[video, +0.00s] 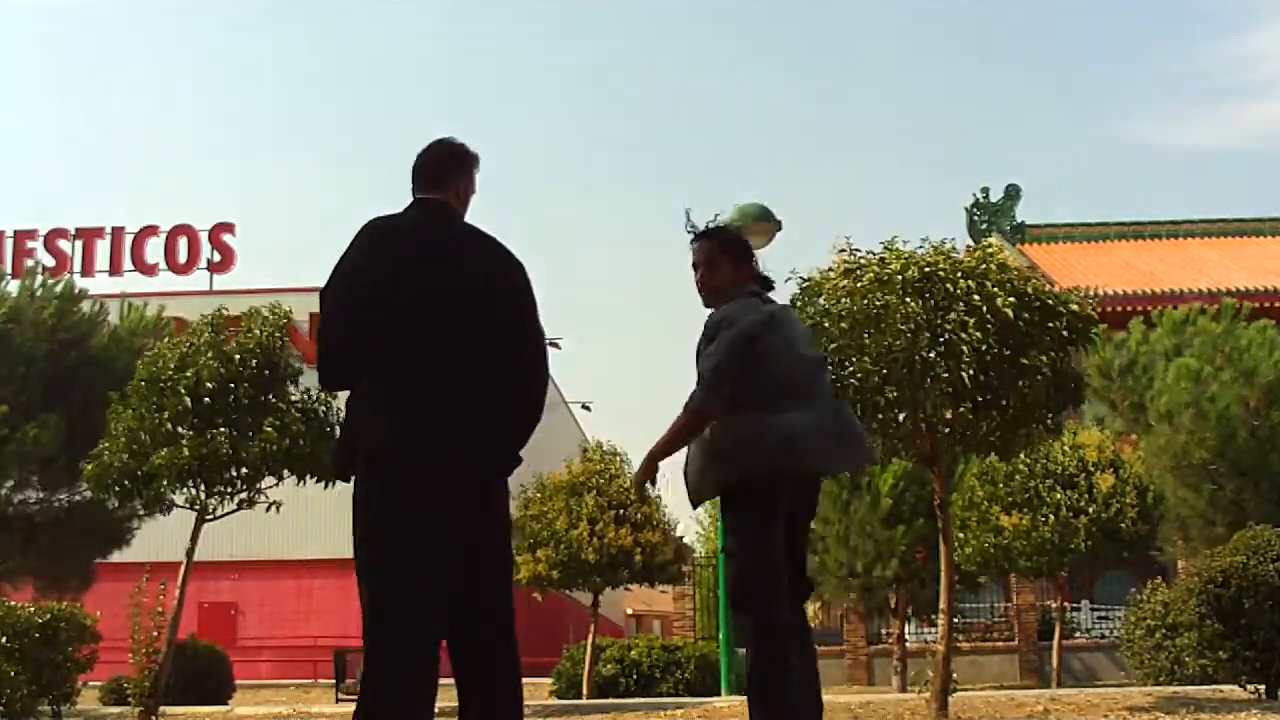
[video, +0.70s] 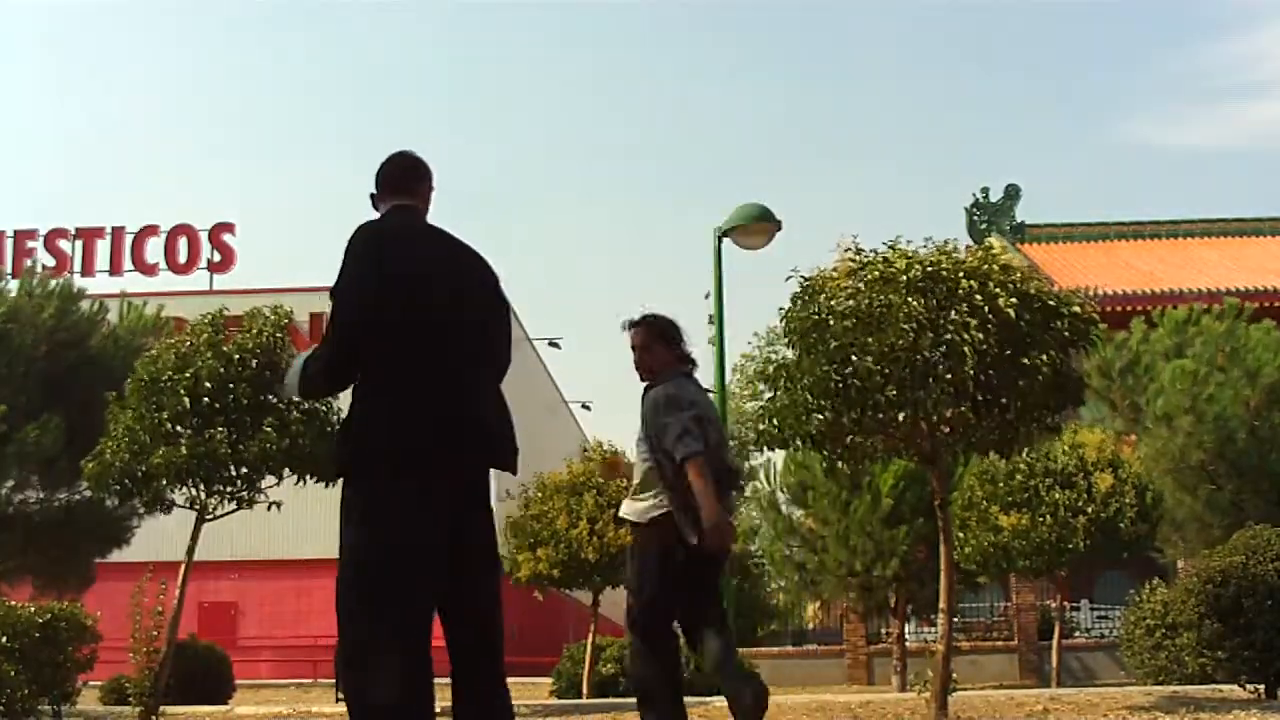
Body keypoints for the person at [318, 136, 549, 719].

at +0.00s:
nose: (470, 196)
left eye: (468, 187)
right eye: (472, 187)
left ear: (413, 183)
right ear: (465, 187)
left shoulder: (368, 246)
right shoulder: (499, 261)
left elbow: (334, 366)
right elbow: (530, 377)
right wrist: (501, 451)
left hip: (389, 471)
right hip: (474, 473)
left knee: (395, 638)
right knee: (486, 639)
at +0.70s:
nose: (385, 208)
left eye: (380, 200)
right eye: (404, 198)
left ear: (377, 197)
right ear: (430, 196)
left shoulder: (371, 243)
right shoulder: (475, 264)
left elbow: (346, 353)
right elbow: (497, 359)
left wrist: (298, 375)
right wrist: (449, 398)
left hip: (385, 457)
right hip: (461, 458)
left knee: (384, 617)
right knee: (473, 619)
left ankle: (391, 712)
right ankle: (484, 714)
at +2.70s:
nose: (351, 205)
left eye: (330, 195)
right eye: (367, 196)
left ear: (319, 195)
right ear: (374, 196)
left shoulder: (292, 255)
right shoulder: (408, 254)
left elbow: (262, 348)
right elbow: (472, 342)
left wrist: (318, 384)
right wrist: (522, 412)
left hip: (332, 461)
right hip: (413, 453)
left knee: (360, 614)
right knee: (443, 601)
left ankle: (374, 708)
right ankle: (450, 707)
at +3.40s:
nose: (407, 211)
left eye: (409, 201)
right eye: (406, 199)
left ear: (354, 190)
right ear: (387, 192)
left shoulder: (300, 260)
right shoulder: (380, 241)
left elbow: (286, 364)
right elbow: (405, 346)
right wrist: (460, 408)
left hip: (308, 453)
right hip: (377, 450)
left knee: (331, 606)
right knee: (399, 606)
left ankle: (306, 712)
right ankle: (418, 713)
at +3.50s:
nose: (426, 213)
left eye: (428, 202)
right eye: (425, 201)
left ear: (377, 187)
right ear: (407, 190)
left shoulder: (330, 250)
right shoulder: (392, 237)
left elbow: (305, 353)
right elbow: (402, 340)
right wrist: (449, 401)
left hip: (324, 448)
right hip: (380, 449)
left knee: (340, 597)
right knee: (396, 596)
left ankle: (314, 710)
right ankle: (417, 710)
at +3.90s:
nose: (414, 190)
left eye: (405, 181)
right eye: (417, 181)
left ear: (362, 177)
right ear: (415, 178)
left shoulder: (318, 238)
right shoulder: (426, 229)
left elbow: (313, 330)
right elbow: (481, 326)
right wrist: (540, 393)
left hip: (323, 437)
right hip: (413, 439)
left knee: (296, 581)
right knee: (441, 588)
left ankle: (277, 705)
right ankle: (443, 709)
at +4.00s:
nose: (389, 187)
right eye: (392, 179)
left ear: (337, 179)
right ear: (392, 178)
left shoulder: (296, 236)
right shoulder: (413, 233)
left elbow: (286, 334)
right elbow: (486, 316)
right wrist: (558, 377)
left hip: (307, 452)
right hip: (403, 451)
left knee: (290, 607)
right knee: (441, 609)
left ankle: (298, 716)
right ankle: (447, 713)